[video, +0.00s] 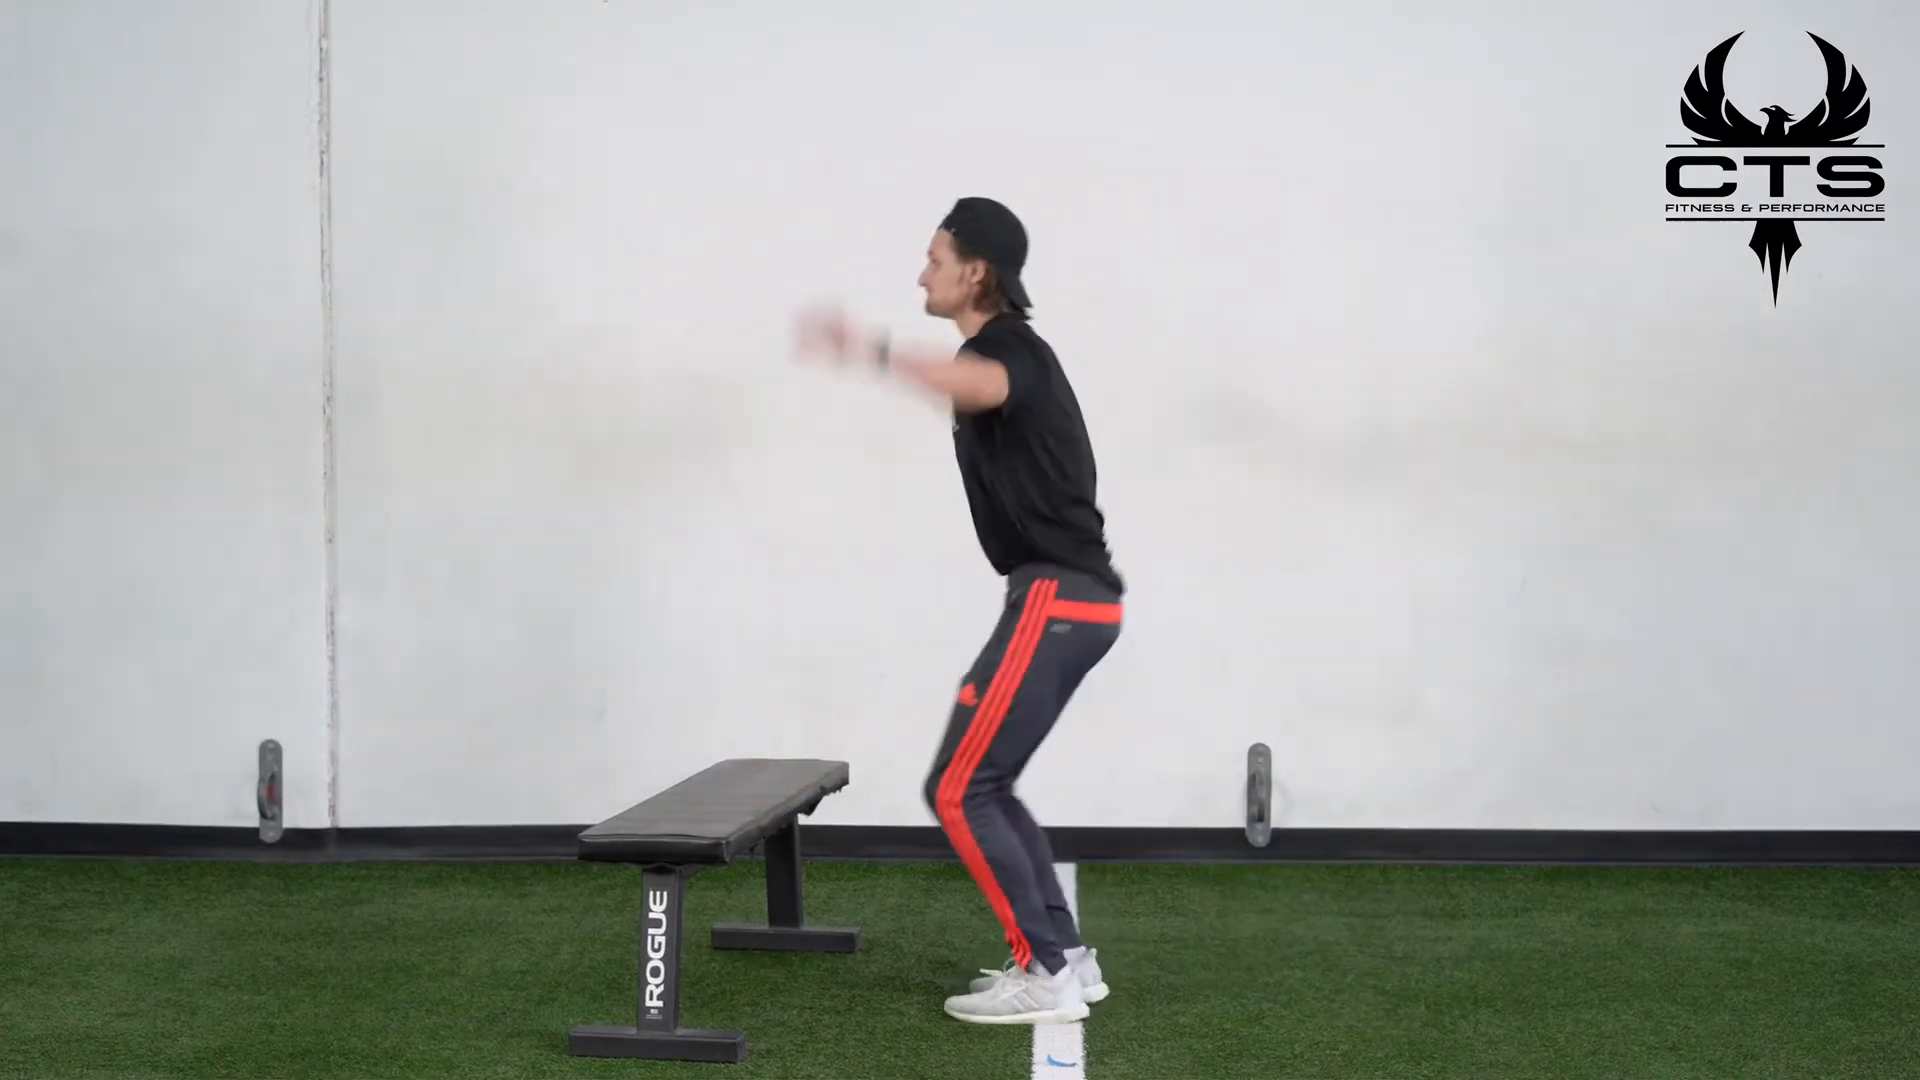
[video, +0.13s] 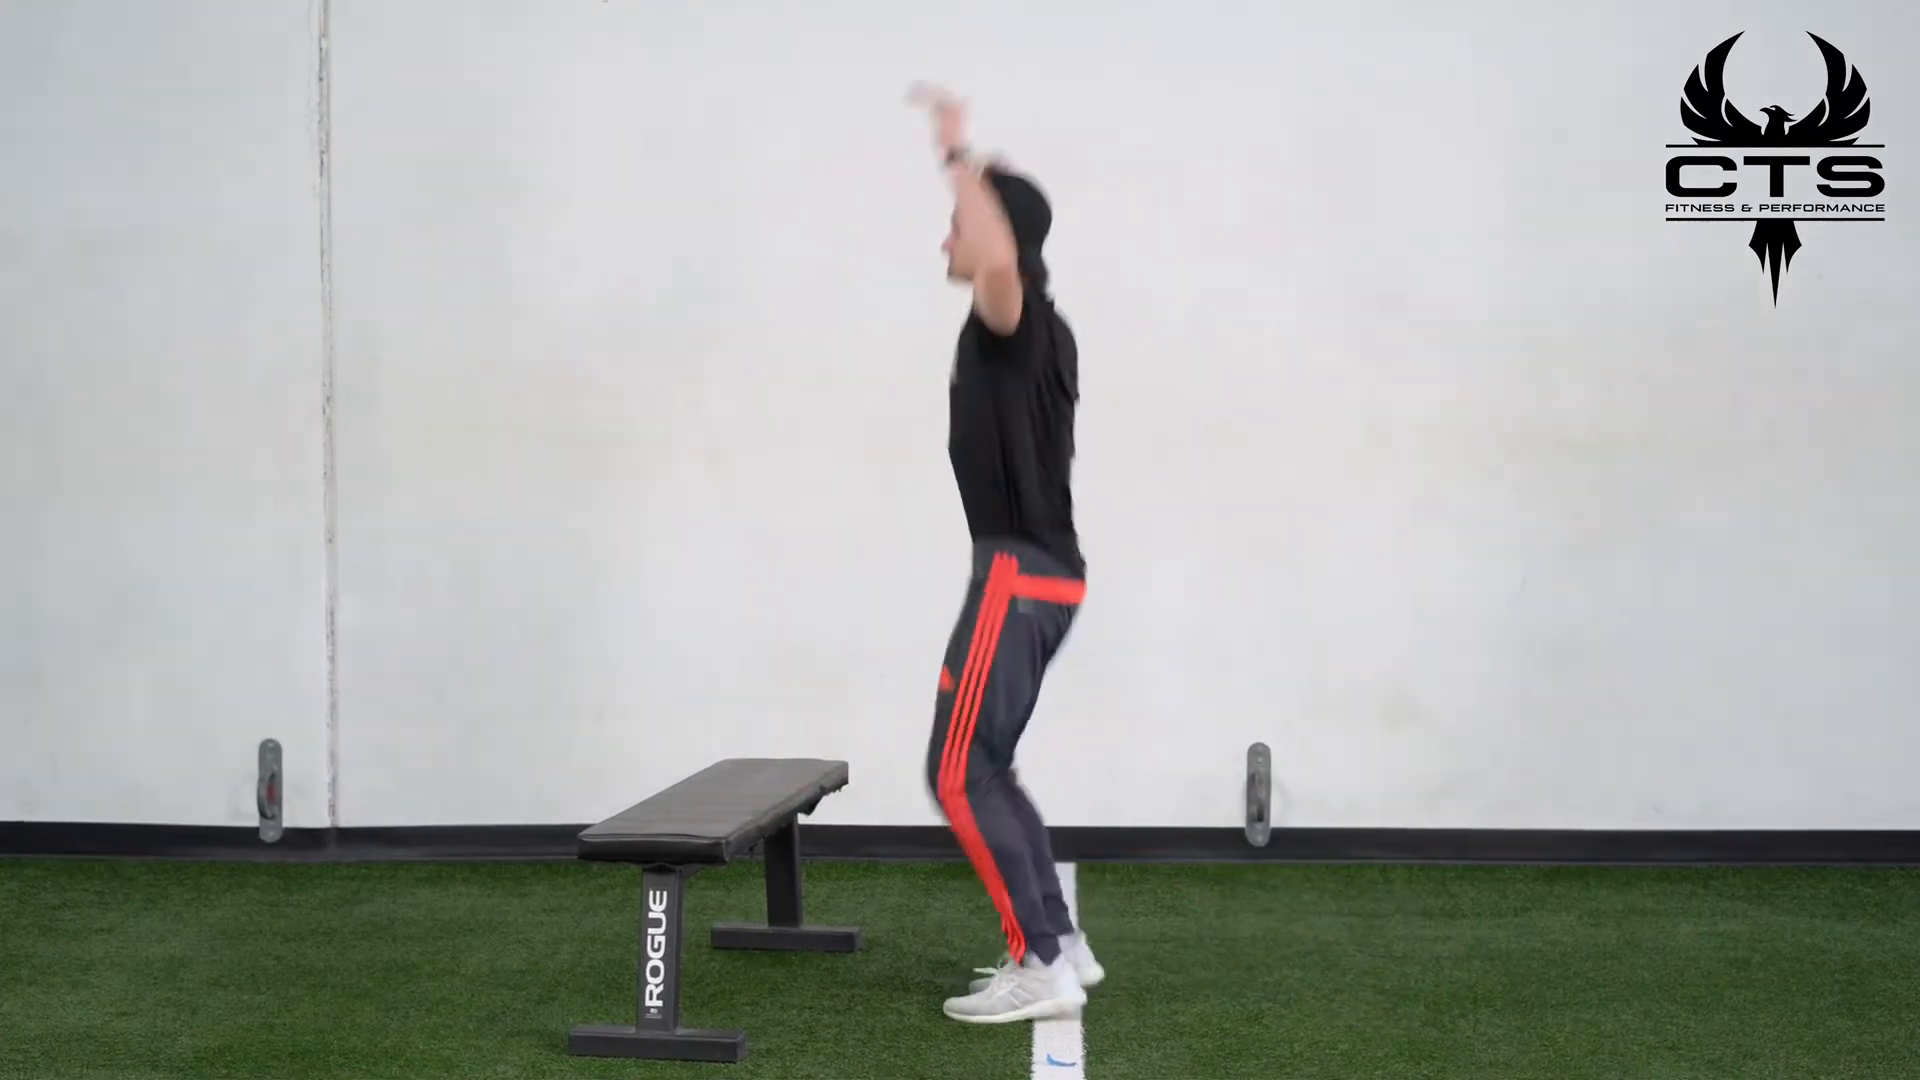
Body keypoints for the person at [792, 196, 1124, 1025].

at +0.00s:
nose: (924, 270)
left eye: (936, 259)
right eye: (928, 257)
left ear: (977, 271)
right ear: (982, 273)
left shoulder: (1008, 345)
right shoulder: (1003, 348)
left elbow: (982, 386)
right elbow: (970, 389)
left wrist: (874, 353)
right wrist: (879, 359)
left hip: (1060, 595)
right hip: (1062, 592)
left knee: (959, 788)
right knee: (979, 783)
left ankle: (1047, 968)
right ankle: (1062, 956)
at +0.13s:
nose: (947, 235)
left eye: (962, 221)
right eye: (952, 218)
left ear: (1001, 238)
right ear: (1016, 240)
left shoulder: (1013, 322)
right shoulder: (1031, 327)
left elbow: (996, 252)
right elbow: (999, 240)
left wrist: (958, 157)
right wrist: (972, 169)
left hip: (1019, 573)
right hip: (1033, 571)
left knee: (959, 768)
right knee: (980, 766)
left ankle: (1044, 961)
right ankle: (1054, 942)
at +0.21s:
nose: (958, 167)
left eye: (974, 155)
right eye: (965, 151)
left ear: (1008, 178)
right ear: (1022, 184)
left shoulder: (1010, 262)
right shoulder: (1039, 268)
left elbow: (1011, 187)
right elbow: (1030, 190)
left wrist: (996, 94)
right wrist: (1025, 115)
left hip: (1006, 507)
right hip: (1025, 508)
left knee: (996, 713)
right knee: (1007, 712)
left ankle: (1016, 922)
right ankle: (1037, 905)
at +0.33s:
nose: (961, 133)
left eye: (975, 121)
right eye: (966, 119)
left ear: (1014, 135)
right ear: (1017, 137)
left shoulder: (1023, 215)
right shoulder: (1034, 216)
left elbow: (1018, 137)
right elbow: (1036, 141)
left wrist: (995, 43)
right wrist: (1032, 62)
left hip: (1002, 469)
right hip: (1010, 467)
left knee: (1001, 682)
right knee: (1009, 680)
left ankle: (1022, 886)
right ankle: (1038, 873)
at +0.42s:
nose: (962, 141)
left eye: (977, 129)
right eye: (968, 125)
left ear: (1018, 147)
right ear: (1018, 144)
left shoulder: (1025, 228)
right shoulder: (1031, 229)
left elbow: (1030, 153)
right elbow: (1042, 150)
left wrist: (989, 63)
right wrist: (1030, 73)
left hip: (1002, 482)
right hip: (1007, 480)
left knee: (994, 692)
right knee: (1003, 691)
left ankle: (1023, 899)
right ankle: (1027, 891)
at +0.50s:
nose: (956, 177)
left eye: (970, 164)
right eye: (962, 162)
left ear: (1009, 177)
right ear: (1015, 177)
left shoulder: (1025, 265)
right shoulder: (1024, 263)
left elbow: (1046, 222)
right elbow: (1052, 211)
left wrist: (984, 129)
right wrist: (1028, 129)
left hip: (1004, 524)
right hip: (1011, 521)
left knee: (992, 735)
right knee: (1000, 732)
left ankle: (1030, 941)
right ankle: (1041, 929)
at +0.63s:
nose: (930, 239)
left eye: (941, 223)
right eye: (934, 223)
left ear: (983, 228)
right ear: (989, 231)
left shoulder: (1001, 314)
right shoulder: (1030, 311)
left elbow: (1067, 374)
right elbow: (1089, 346)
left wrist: (1021, 282)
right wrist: (1050, 254)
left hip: (1013, 569)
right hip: (1028, 569)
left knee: (987, 768)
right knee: (1001, 766)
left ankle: (1056, 965)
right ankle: (1055, 953)